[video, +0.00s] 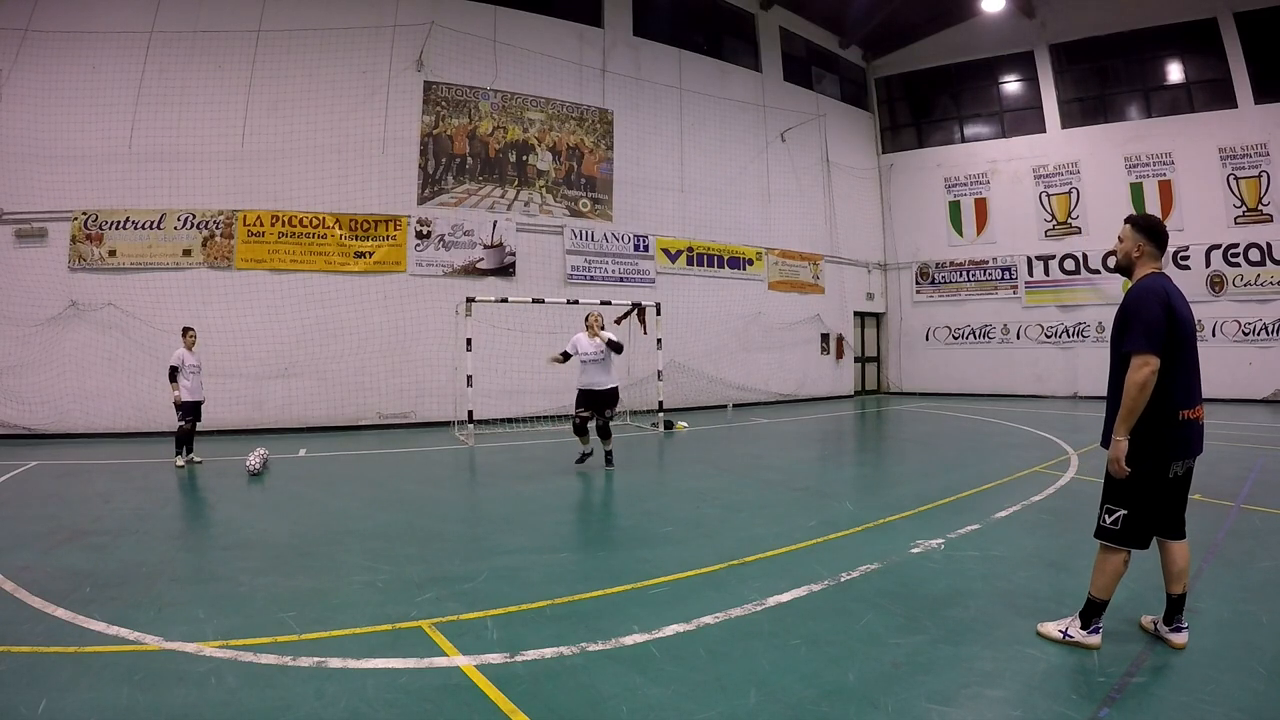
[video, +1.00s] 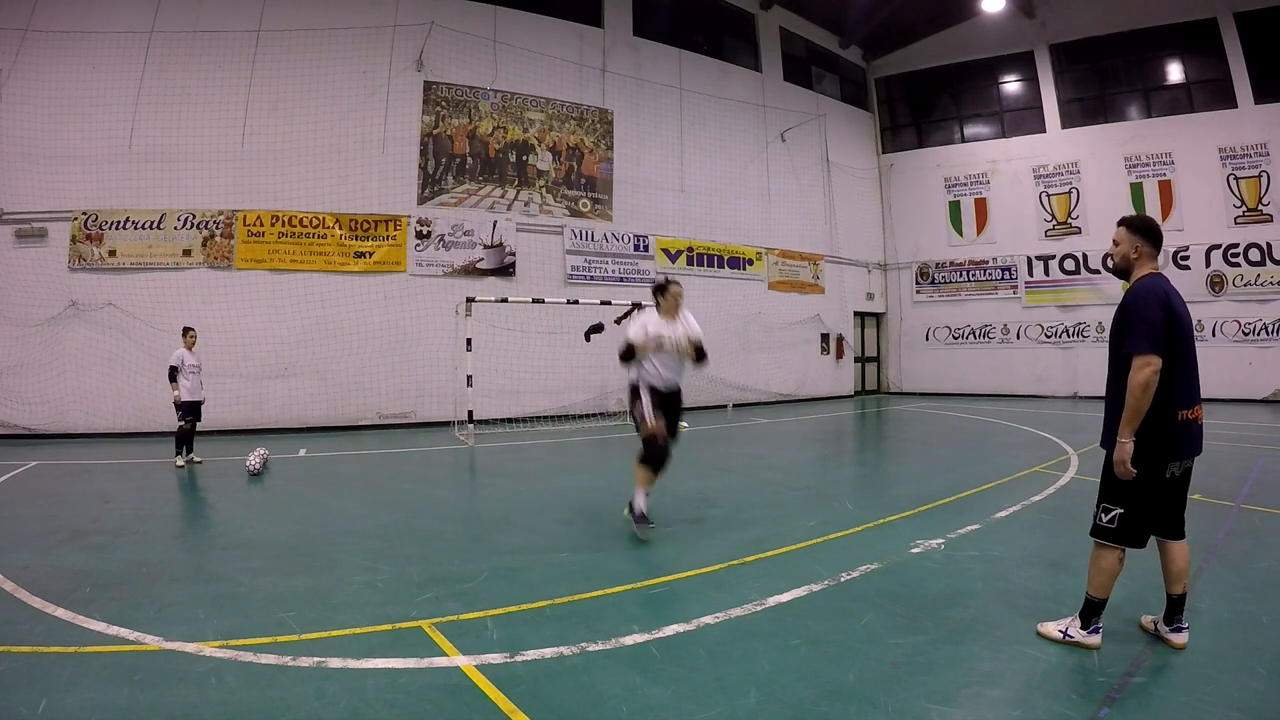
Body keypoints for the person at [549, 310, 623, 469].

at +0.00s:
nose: (596, 318)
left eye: (598, 317)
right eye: (593, 316)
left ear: (602, 323)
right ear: (586, 323)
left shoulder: (607, 336)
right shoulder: (579, 338)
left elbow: (619, 350)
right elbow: (565, 356)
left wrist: (600, 335)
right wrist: (557, 358)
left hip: (607, 389)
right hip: (585, 389)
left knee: (602, 427)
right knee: (579, 426)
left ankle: (608, 453)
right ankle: (587, 450)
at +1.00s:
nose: (678, 301)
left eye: (680, 297)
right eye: (674, 297)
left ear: (682, 299)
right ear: (660, 298)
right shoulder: (644, 320)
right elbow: (625, 356)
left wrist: (692, 348)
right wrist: (648, 346)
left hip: (671, 390)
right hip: (644, 387)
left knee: (663, 450)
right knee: (656, 443)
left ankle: (638, 499)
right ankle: (639, 504)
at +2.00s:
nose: (809, 376)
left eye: (811, 371)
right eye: (805, 370)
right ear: (789, 369)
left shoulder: (799, 390)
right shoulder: (765, 382)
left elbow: (811, 407)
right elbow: (722, 397)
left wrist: (820, 432)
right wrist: (734, 430)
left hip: (766, 420)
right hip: (738, 417)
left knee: (791, 465)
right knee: (758, 462)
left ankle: (795, 516)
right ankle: (750, 523)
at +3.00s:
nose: (672, 386)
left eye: (676, 382)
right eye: (669, 382)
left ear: (683, 377)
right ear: (663, 378)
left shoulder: (694, 382)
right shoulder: (656, 387)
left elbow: (707, 375)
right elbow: (629, 399)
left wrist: (720, 377)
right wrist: (628, 407)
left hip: (693, 444)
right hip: (666, 439)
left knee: (696, 503)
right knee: (639, 453)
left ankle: (683, 483)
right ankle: (645, 499)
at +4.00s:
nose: (517, 354)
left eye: (519, 351)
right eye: (517, 350)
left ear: (527, 352)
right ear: (530, 351)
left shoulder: (540, 366)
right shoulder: (537, 362)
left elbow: (547, 389)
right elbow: (528, 375)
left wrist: (535, 405)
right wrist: (517, 383)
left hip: (562, 406)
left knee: (537, 443)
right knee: (550, 446)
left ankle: (549, 481)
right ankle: (588, 456)